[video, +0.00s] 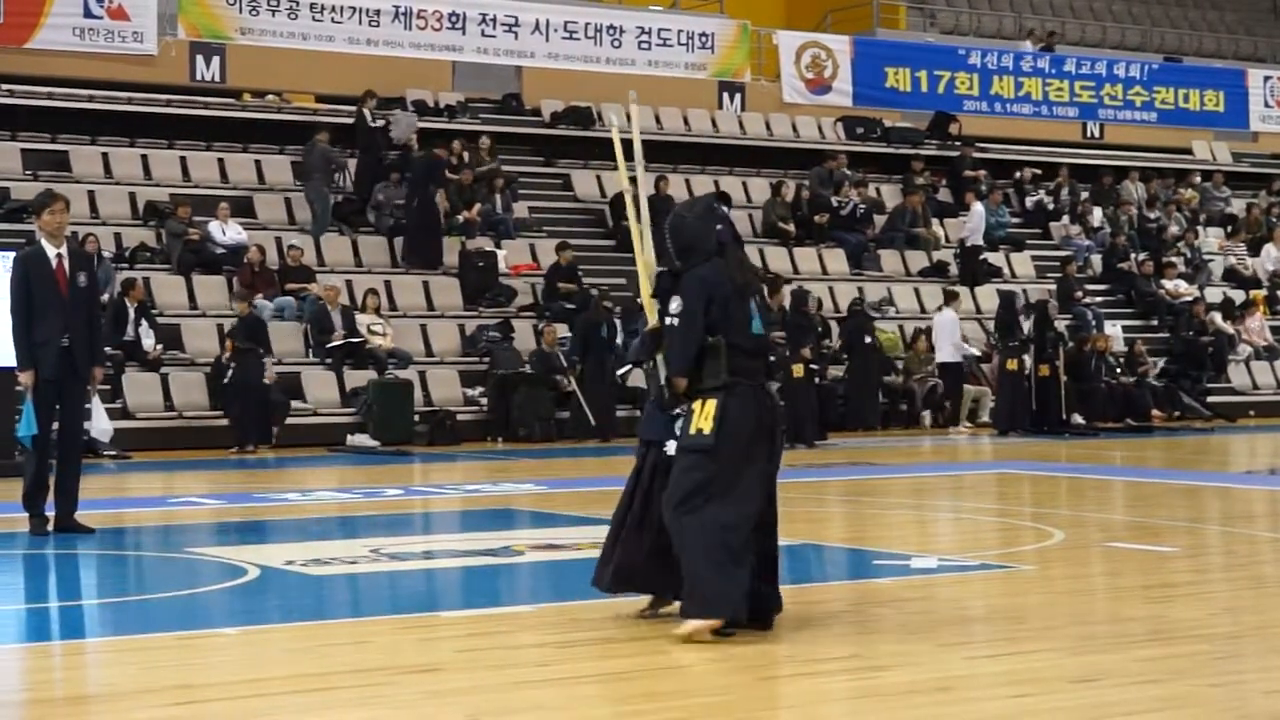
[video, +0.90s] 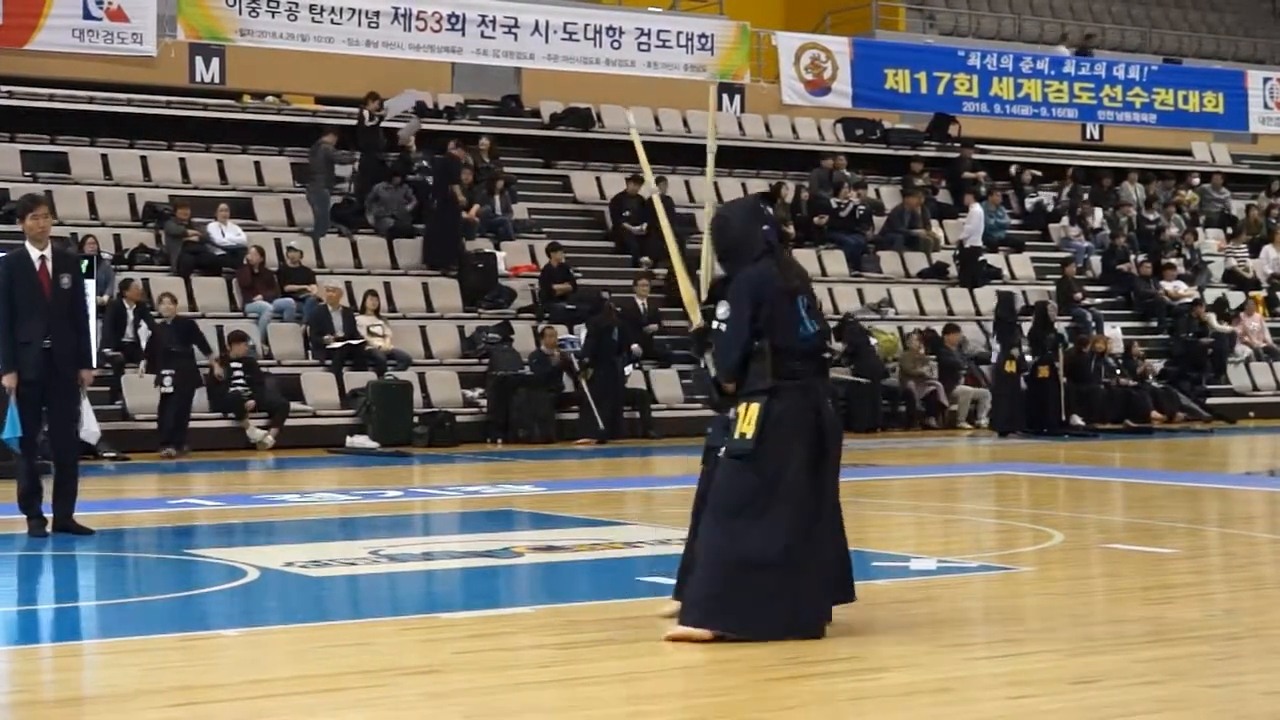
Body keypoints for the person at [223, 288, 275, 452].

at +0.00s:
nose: (235, 307)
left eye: (237, 303)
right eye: (234, 303)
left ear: (246, 303)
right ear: (237, 304)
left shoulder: (257, 321)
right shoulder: (239, 321)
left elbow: (266, 347)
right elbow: (234, 343)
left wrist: (269, 369)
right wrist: (228, 354)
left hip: (254, 364)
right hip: (239, 363)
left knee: (252, 400)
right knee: (237, 400)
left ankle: (251, 441)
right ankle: (240, 441)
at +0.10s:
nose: (226, 308)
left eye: (228, 304)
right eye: (225, 305)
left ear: (236, 304)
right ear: (225, 306)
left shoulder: (247, 322)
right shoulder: (230, 323)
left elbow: (251, 348)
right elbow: (228, 347)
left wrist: (249, 368)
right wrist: (218, 359)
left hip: (243, 364)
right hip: (230, 363)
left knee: (245, 401)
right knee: (229, 400)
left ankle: (248, 440)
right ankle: (231, 440)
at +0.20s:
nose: (213, 309)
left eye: (215, 305)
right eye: (212, 305)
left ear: (224, 305)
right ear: (218, 306)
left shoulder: (235, 322)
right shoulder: (218, 325)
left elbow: (240, 349)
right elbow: (217, 349)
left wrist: (230, 366)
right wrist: (210, 361)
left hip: (235, 367)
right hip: (218, 366)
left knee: (238, 404)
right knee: (205, 401)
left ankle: (246, 440)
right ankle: (198, 440)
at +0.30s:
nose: (202, 311)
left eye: (204, 307)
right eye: (201, 307)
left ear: (214, 306)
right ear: (205, 307)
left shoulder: (225, 323)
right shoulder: (208, 326)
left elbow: (228, 349)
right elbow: (206, 348)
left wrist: (216, 364)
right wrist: (198, 361)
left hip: (222, 367)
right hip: (205, 367)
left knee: (232, 403)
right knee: (194, 403)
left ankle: (245, 439)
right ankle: (186, 441)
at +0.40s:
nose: (191, 309)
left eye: (194, 305)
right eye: (191, 305)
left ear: (203, 304)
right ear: (197, 306)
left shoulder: (215, 322)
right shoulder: (196, 325)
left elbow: (221, 348)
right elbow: (193, 348)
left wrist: (213, 366)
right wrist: (188, 361)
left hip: (212, 368)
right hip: (196, 367)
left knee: (212, 404)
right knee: (186, 403)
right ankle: (184, 442)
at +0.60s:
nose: (177, 306)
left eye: (180, 302)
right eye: (175, 303)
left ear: (189, 303)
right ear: (175, 305)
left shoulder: (202, 321)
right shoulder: (179, 324)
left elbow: (215, 344)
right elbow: (175, 347)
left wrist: (219, 365)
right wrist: (166, 356)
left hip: (200, 365)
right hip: (183, 366)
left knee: (197, 401)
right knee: (181, 401)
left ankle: (205, 437)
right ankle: (184, 442)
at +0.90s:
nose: (166, 307)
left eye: (169, 304)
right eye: (163, 304)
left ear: (175, 306)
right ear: (159, 308)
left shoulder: (187, 324)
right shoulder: (158, 329)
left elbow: (202, 343)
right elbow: (150, 350)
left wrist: (214, 363)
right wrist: (144, 366)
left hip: (186, 371)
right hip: (166, 372)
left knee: (182, 408)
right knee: (166, 407)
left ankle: (179, 443)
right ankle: (167, 444)